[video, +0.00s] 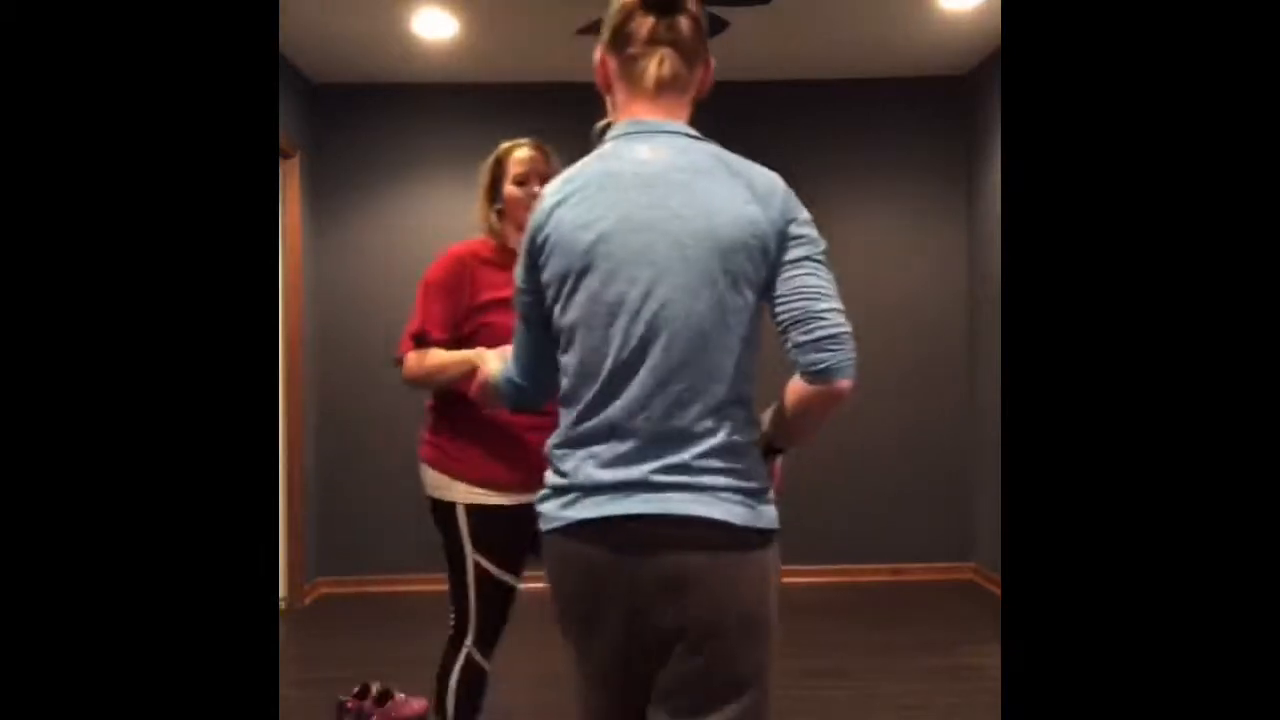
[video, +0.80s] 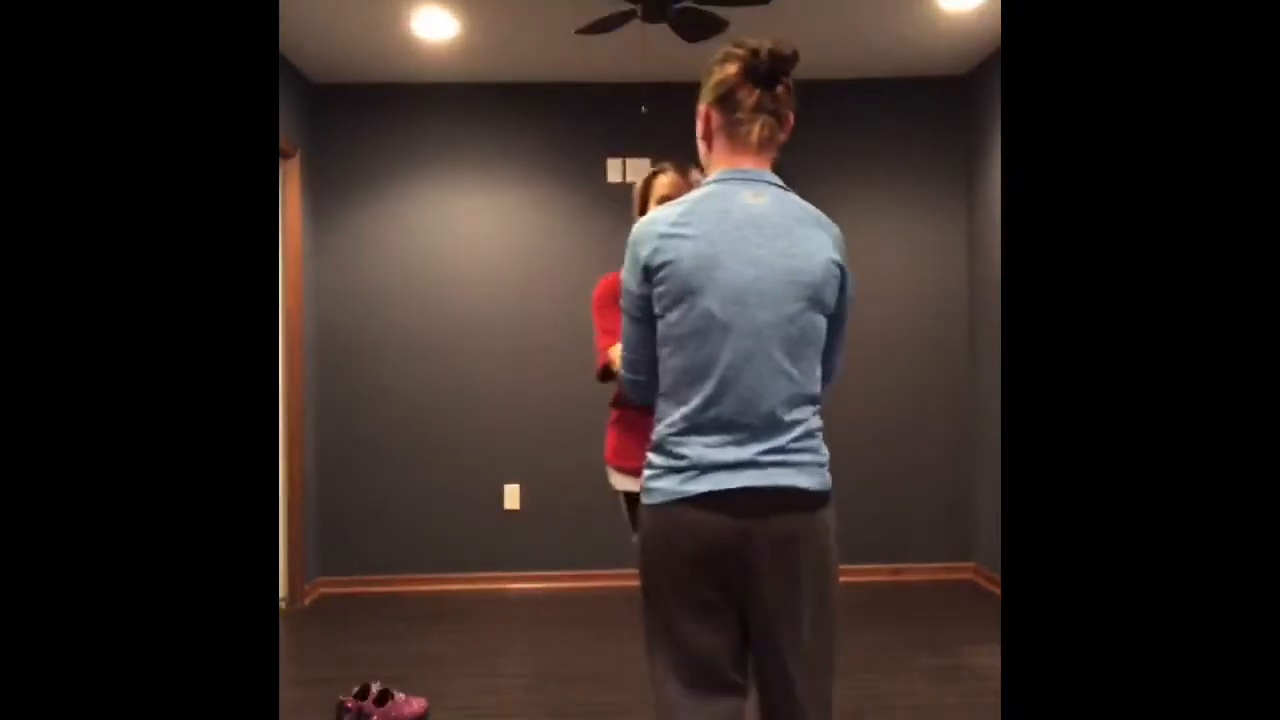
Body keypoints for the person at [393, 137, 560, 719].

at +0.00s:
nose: (534, 192)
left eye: (543, 181)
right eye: (522, 181)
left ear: (555, 192)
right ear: (495, 194)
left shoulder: (566, 264)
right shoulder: (463, 265)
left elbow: (594, 349)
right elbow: (414, 362)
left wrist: (546, 354)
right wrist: (487, 359)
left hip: (558, 473)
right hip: (475, 478)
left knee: (602, 622)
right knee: (478, 629)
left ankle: (619, 715)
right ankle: (454, 715)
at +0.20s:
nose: (582, 190)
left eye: (596, 178)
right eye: (570, 179)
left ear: (612, 187)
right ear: (547, 192)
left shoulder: (630, 268)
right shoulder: (522, 266)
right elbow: (474, 366)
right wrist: (534, 364)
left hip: (614, 470)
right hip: (532, 471)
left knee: (633, 625)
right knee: (523, 622)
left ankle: (645, 713)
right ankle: (480, 710)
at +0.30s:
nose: (609, 191)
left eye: (622, 178)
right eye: (596, 179)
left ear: (638, 186)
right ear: (573, 191)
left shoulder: (659, 270)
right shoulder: (547, 269)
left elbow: (680, 352)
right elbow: (505, 367)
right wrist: (584, 363)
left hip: (641, 471)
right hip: (562, 470)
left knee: (644, 610)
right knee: (564, 614)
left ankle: (650, 701)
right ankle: (538, 680)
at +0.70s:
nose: (663, 211)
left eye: (672, 201)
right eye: (654, 200)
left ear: (684, 208)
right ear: (634, 210)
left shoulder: (707, 281)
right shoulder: (603, 287)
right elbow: (599, 366)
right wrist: (673, 367)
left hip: (700, 461)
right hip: (629, 467)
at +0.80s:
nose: (674, 212)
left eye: (682, 201)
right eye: (663, 201)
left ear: (694, 207)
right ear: (644, 211)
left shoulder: (713, 280)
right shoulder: (617, 288)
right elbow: (616, 361)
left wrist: (634, 354)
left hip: (704, 448)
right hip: (639, 452)